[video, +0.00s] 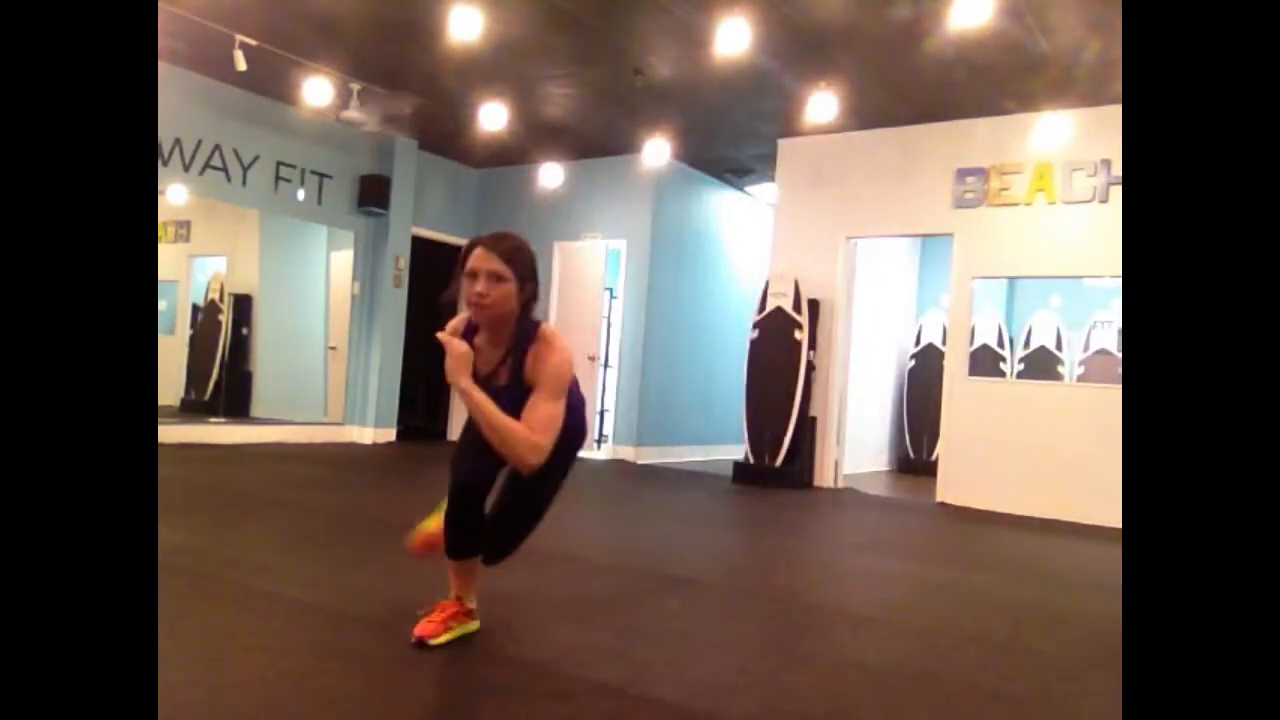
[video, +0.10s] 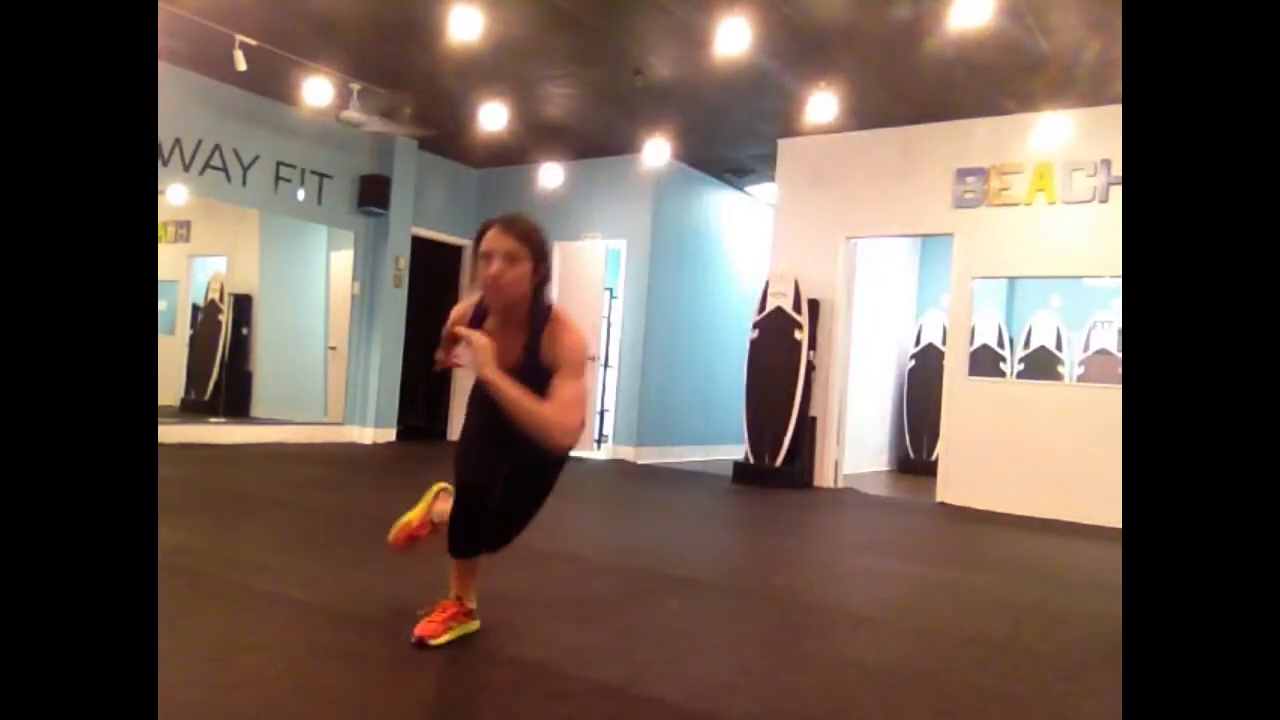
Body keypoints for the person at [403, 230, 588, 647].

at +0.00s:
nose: (480, 290)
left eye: (496, 279)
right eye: (472, 277)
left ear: (524, 290)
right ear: (461, 283)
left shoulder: (551, 354)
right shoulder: (459, 334)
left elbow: (531, 453)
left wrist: (464, 384)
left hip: (553, 428)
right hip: (492, 405)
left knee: (494, 548)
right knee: (464, 493)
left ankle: (452, 525)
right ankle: (461, 604)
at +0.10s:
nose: (494, 271)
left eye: (510, 260)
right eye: (487, 258)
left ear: (537, 272)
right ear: (477, 266)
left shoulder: (565, 338)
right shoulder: (467, 316)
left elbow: (564, 432)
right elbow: (445, 352)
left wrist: (490, 373)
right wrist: (447, 354)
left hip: (540, 437)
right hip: (487, 418)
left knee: (494, 535)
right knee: (470, 502)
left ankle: (438, 506)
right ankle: (462, 605)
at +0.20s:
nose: (529, 228)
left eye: (544, 219)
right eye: (520, 216)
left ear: (565, 233)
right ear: (506, 225)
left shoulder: (586, 297)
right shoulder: (497, 281)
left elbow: (617, 394)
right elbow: (452, 314)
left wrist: (533, 374)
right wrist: (430, 344)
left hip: (553, 419)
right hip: (494, 406)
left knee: (515, 520)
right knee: (477, 507)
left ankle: (457, 503)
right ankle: (462, 603)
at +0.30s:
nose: (575, 181)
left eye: (586, 172)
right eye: (567, 171)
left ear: (604, 185)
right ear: (553, 183)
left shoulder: (627, 259)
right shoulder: (525, 243)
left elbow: (648, 356)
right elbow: (462, 299)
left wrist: (599, 404)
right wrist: (432, 339)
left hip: (575, 382)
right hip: (512, 373)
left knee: (560, 498)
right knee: (490, 484)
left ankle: (517, 503)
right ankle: (463, 601)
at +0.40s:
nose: (622, 144)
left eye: (634, 135)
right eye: (615, 134)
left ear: (652, 146)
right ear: (599, 143)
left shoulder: (658, 223)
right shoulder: (564, 205)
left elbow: (666, 312)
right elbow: (505, 267)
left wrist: (664, 390)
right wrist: (461, 330)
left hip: (603, 359)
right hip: (541, 351)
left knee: (629, 452)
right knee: (506, 465)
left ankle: (597, 541)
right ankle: (465, 598)